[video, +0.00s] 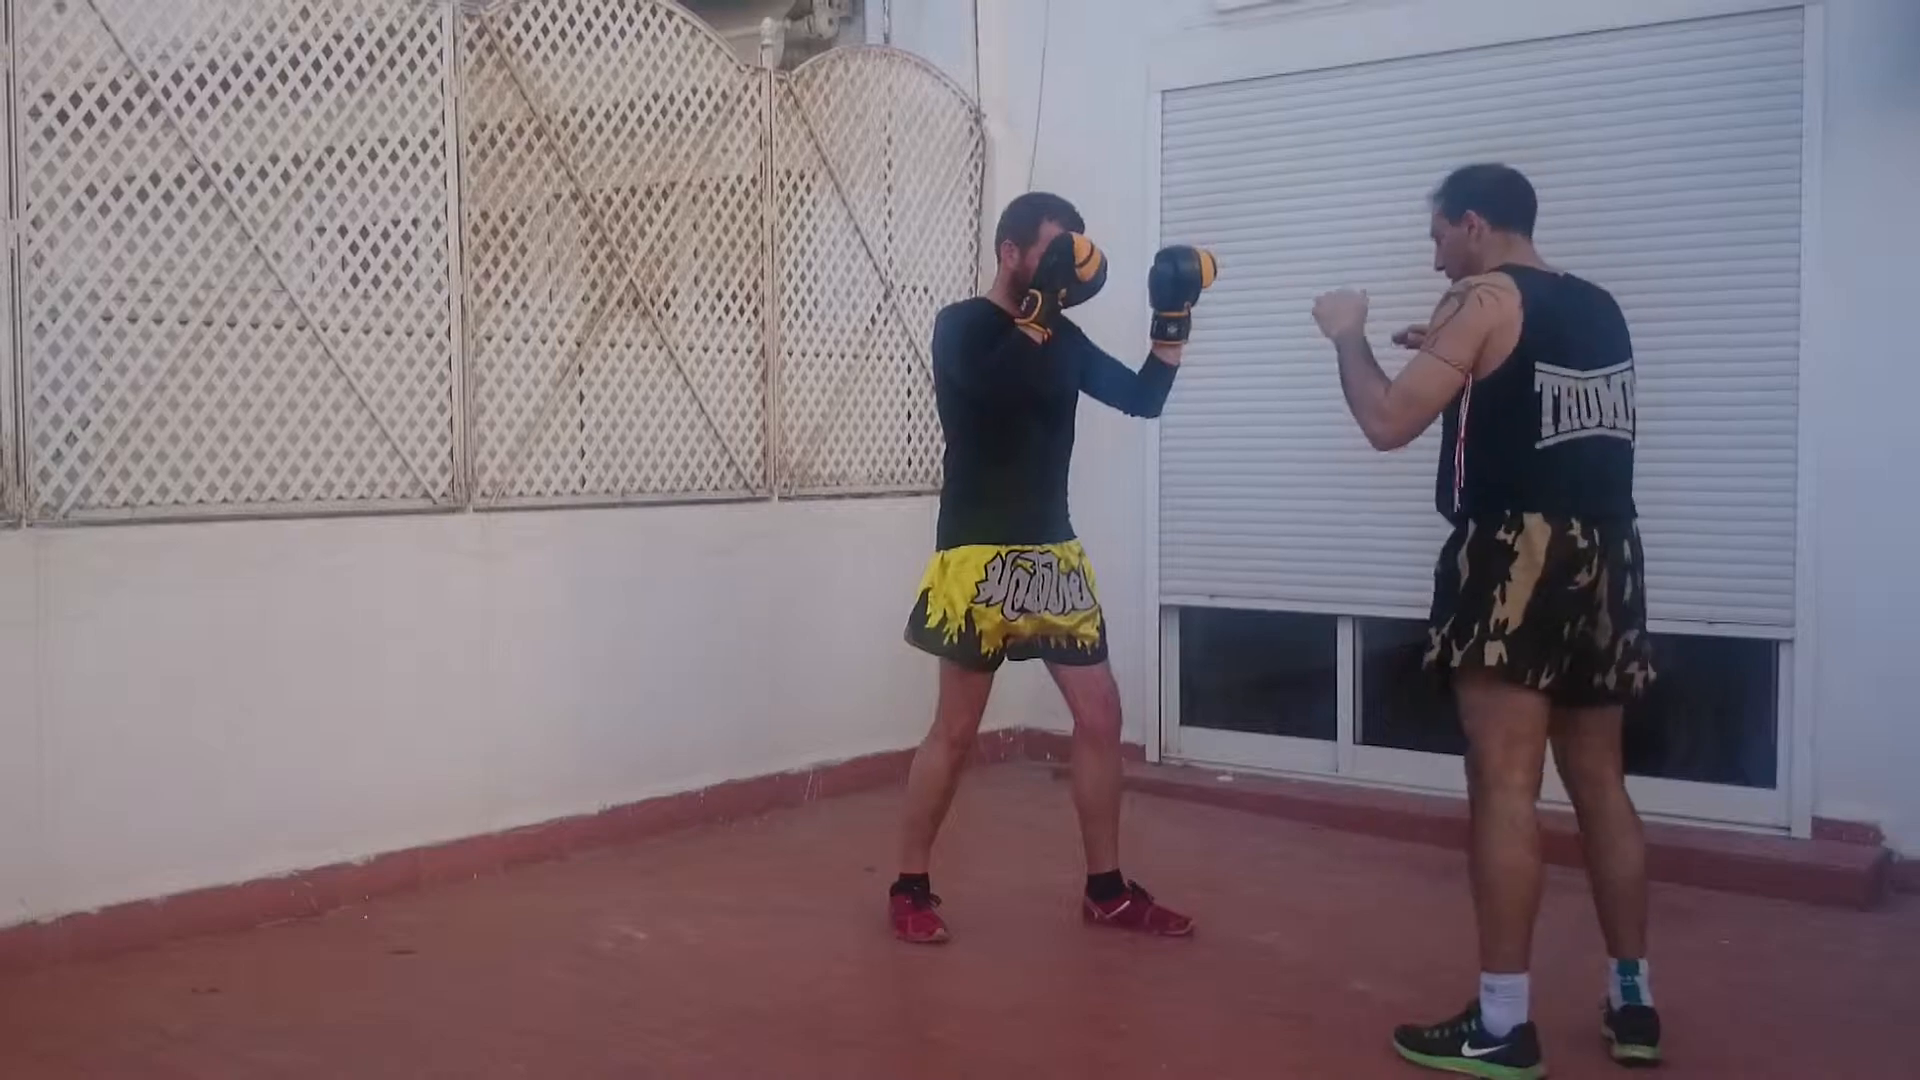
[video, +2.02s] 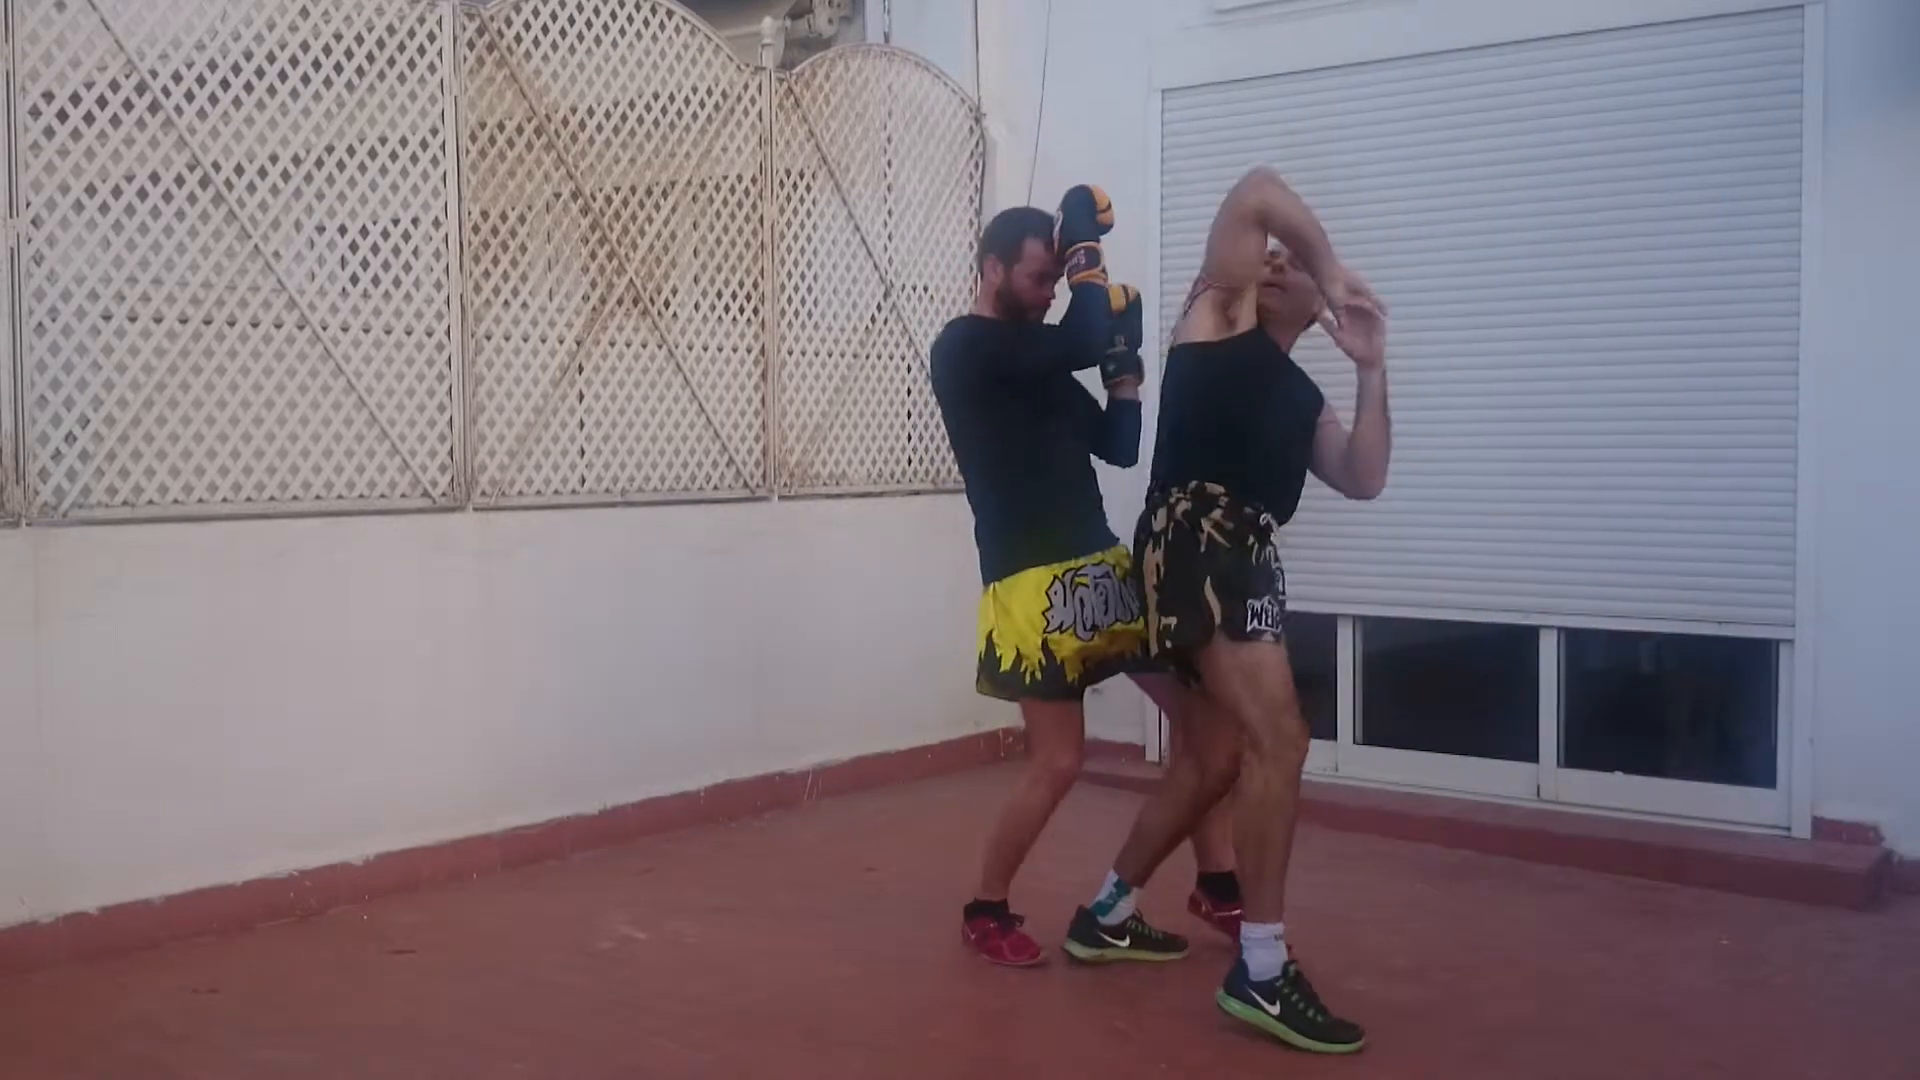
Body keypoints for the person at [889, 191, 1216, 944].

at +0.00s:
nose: (1062, 267)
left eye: (1068, 256)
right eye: (1053, 251)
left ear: (1060, 265)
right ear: (1008, 251)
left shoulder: (1063, 336)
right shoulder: (960, 323)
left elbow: (1144, 397)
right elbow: (986, 388)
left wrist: (1172, 326)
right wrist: (1045, 310)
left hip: (1055, 547)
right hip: (977, 549)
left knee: (1099, 717)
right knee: (954, 732)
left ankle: (1106, 888)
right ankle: (910, 886)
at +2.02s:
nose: (1053, 285)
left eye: (1057, 272)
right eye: (1039, 270)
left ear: (1045, 271)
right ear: (992, 266)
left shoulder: (1045, 360)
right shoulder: (962, 345)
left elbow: (1121, 446)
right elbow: (1082, 340)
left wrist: (1122, 354)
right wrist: (1086, 262)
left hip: (1102, 560)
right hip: (1030, 573)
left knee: (1201, 709)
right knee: (1057, 759)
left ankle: (1219, 880)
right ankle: (986, 907)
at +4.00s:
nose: (970, 268)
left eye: (977, 257)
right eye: (959, 255)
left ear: (978, 257)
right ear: (915, 248)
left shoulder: (964, 325)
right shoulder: (876, 319)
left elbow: (1051, 388)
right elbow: (875, 433)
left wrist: (1076, 323)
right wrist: (945, 345)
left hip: (937, 535)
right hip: (871, 539)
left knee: (993, 691)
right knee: (919, 705)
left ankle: (937, 840)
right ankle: (849, 836)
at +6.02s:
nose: (914, 272)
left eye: (923, 263)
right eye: (903, 258)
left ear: (927, 268)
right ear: (862, 253)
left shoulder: (916, 335)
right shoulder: (818, 321)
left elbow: (992, 408)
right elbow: (818, 405)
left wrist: (1024, 338)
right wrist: (880, 330)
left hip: (905, 542)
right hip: (826, 547)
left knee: (1004, 668)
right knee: (809, 723)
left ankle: (1015, 837)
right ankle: (765, 870)